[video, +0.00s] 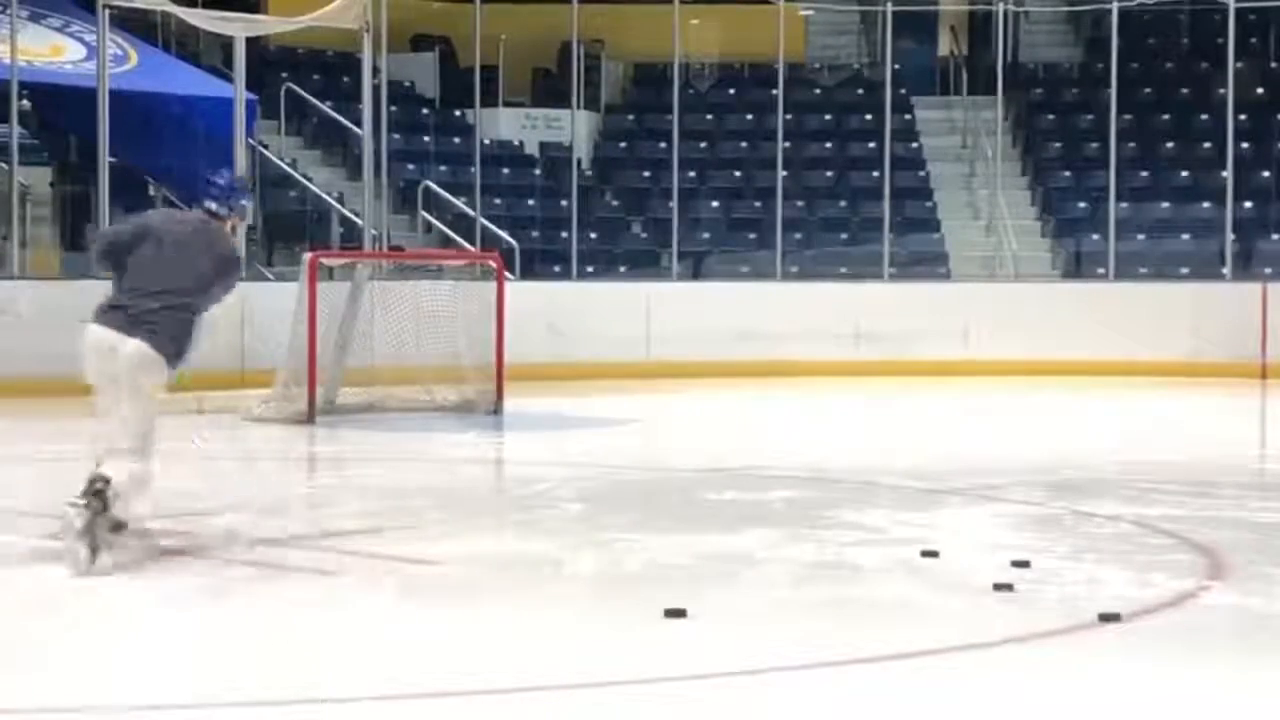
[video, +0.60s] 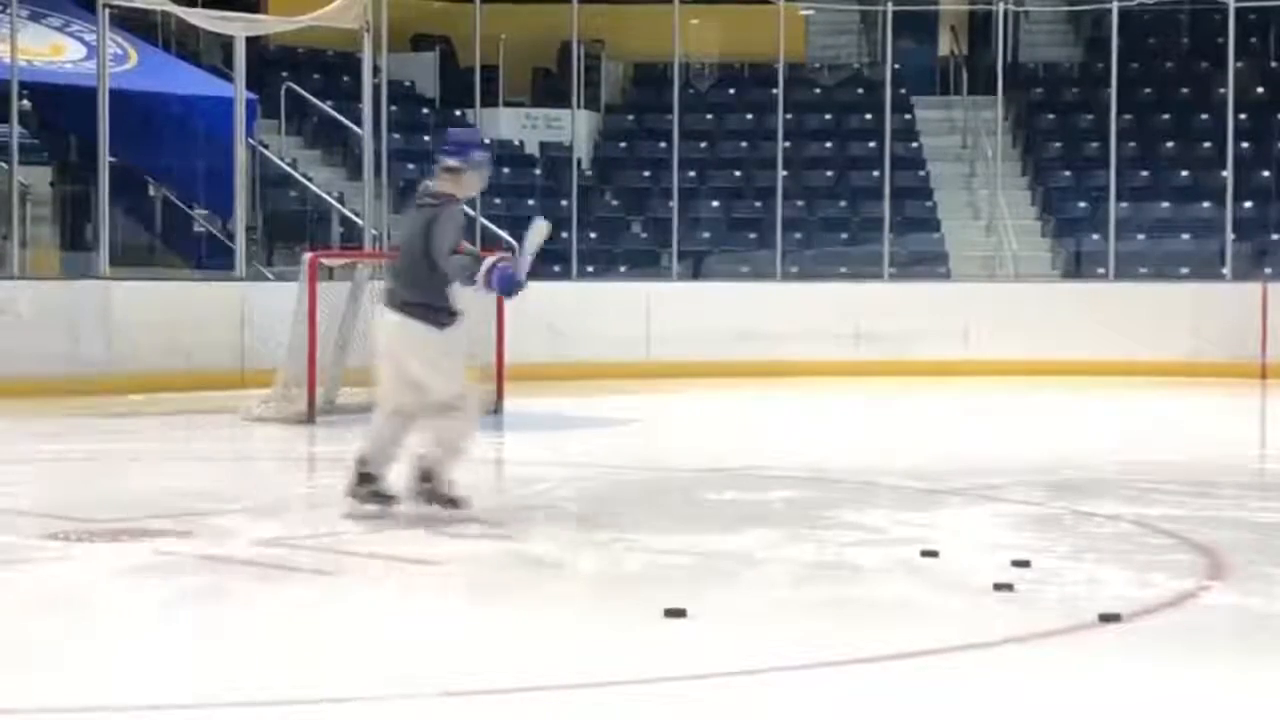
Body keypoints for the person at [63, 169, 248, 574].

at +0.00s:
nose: (239, 228)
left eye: (240, 220)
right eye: (239, 220)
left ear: (203, 203)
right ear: (231, 217)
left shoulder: (162, 219)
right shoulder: (227, 255)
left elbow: (102, 241)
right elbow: (204, 299)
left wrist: (125, 280)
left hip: (103, 329)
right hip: (147, 348)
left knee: (108, 421)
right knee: (138, 449)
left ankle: (97, 483)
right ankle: (106, 508)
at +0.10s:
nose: (268, 217)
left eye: (267, 209)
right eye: (268, 210)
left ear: (227, 199)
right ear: (261, 210)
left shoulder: (187, 220)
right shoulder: (259, 249)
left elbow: (129, 249)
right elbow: (230, 295)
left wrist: (133, 283)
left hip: (142, 334)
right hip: (185, 348)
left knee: (157, 424)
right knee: (160, 453)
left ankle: (148, 501)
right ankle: (107, 494)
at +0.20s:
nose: (293, 200)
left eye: (292, 192)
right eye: (293, 193)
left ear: (255, 183)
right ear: (287, 193)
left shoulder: (212, 214)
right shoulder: (290, 233)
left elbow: (162, 255)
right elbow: (277, 302)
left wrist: (172, 296)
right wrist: (274, 357)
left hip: (188, 329)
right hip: (230, 342)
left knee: (213, 421)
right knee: (205, 436)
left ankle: (193, 492)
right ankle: (150, 484)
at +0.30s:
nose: (306, 175)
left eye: (304, 168)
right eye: (312, 169)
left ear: (286, 166)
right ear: (323, 171)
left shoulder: (251, 209)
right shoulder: (330, 224)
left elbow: (226, 267)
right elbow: (331, 296)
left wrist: (240, 301)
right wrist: (344, 352)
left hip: (236, 320)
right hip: (278, 332)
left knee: (257, 416)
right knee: (267, 428)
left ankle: (234, 489)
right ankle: (206, 474)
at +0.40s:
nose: (360, 176)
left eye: (355, 169)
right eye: (362, 169)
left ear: (333, 166)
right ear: (364, 171)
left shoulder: (302, 206)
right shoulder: (362, 215)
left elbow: (290, 260)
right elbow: (379, 281)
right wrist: (407, 330)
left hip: (287, 318)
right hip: (329, 329)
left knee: (289, 408)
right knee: (329, 422)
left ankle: (273, 486)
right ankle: (270, 471)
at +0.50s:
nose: (422, 178)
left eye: (421, 171)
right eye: (421, 171)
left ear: (386, 167)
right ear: (415, 171)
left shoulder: (365, 205)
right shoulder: (403, 211)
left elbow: (350, 257)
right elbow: (413, 268)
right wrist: (456, 295)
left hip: (340, 320)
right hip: (377, 326)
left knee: (345, 401)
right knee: (393, 403)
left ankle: (319, 473)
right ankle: (348, 471)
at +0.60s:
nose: (485, 181)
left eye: (485, 172)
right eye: (482, 172)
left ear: (445, 166)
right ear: (466, 171)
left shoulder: (421, 203)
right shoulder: (449, 209)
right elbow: (447, 257)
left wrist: (483, 265)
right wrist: (487, 273)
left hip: (393, 319)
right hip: (428, 325)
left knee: (400, 403)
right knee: (457, 406)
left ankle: (367, 474)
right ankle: (431, 477)